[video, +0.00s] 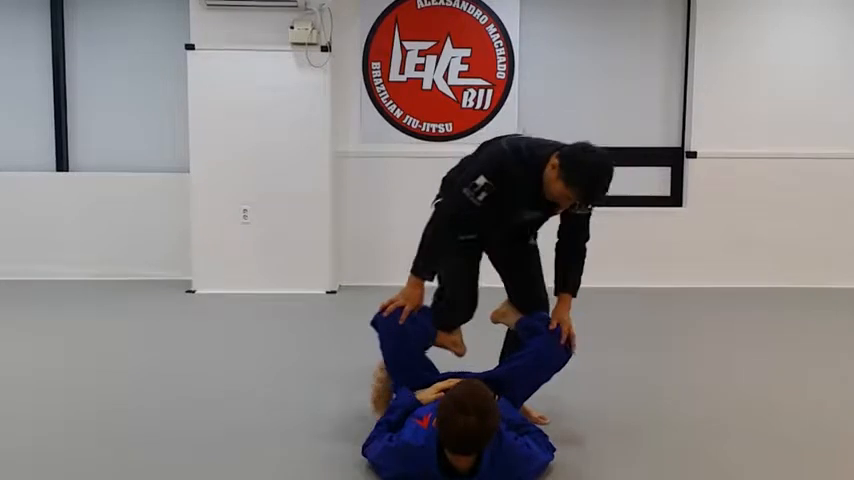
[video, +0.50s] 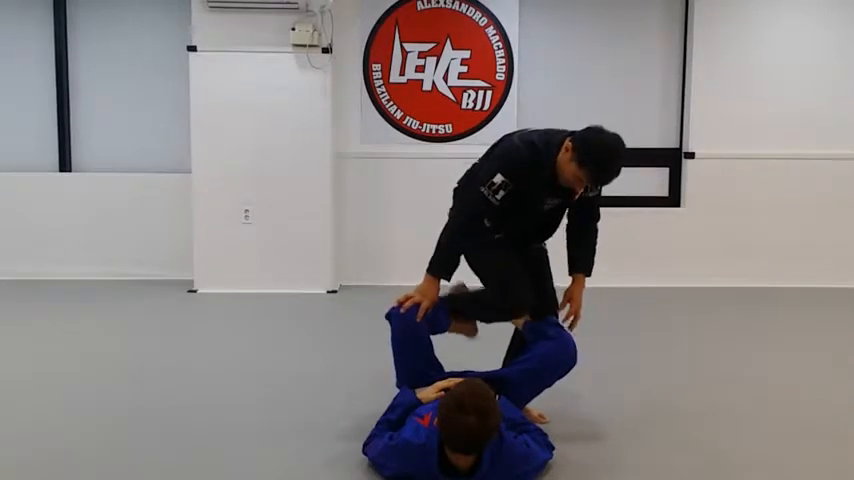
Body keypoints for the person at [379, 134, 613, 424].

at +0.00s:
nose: (566, 207)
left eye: (576, 203)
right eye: (566, 196)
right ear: (553, 167)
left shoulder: (581, 183)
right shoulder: (501, 160)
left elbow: (573, 239)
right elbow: (446, 215)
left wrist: (564, 304)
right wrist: (416, 283)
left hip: (513, 229)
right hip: (464, 221)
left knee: (534, 311)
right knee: (458, 308)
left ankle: (509, 398)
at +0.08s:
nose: (570, 204)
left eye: (580, 200)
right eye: (570, 193)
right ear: (557, 165)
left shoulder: (583, 181)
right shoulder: (506, 158)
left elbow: (577, 237)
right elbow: (451, 214)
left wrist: (566, 302)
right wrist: (420, 280)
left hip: (517, 230)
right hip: (468, 221)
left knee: (535, 312)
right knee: (468, 302)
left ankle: (508, 397)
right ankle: (399, 342)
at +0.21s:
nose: (575, 198)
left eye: (584, 194)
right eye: (574, 187)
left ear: (595, 189)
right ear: (563, 160)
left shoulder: (587, 180)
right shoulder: (513, 156)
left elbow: (580, 233)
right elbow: (458, 213)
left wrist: (571, 292)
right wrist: (425, 281)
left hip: (520, 231)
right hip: (472, 220)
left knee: (535, 311)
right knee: (483, 295)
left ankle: (508, 398)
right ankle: (403, 318)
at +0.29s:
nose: (576, 196)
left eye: (585, 192)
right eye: (575, 185)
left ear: (596, 187)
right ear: (564, 157)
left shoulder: (589, 180)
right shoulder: (515, 155)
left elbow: (582, 231)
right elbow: (459, 212)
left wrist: (573, 290)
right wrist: (427, 281)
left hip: (523, 232)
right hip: (475, 220)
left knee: (536, 315)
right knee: (489, 293)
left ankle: (508, 398)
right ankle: (416, 305)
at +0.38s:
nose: (577, 193)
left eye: (586, 189)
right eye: (576, 182)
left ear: (598, 183)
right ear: (566, 154)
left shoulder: (588, 175)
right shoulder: (517, 153)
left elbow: (584, 228)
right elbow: (462, 211)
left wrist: (575, 286)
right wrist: (430, 279)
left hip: (526, 234)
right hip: (478, 223)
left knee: (538, 316)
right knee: (502, 295)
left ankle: (510, 399)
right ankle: (431, 291)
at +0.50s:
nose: (580, 189)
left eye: (589, 185)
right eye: (579, 179)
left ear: (600, 180)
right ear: (567, 149)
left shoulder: (588, 173)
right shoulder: (518, 153)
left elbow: (584, 220)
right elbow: (465, 209)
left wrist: (578, 280)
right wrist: (432, 279)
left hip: (526, 236)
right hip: (481, 230)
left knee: (543, 318)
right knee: (513, 303)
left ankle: (510, 396)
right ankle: (453, 305)